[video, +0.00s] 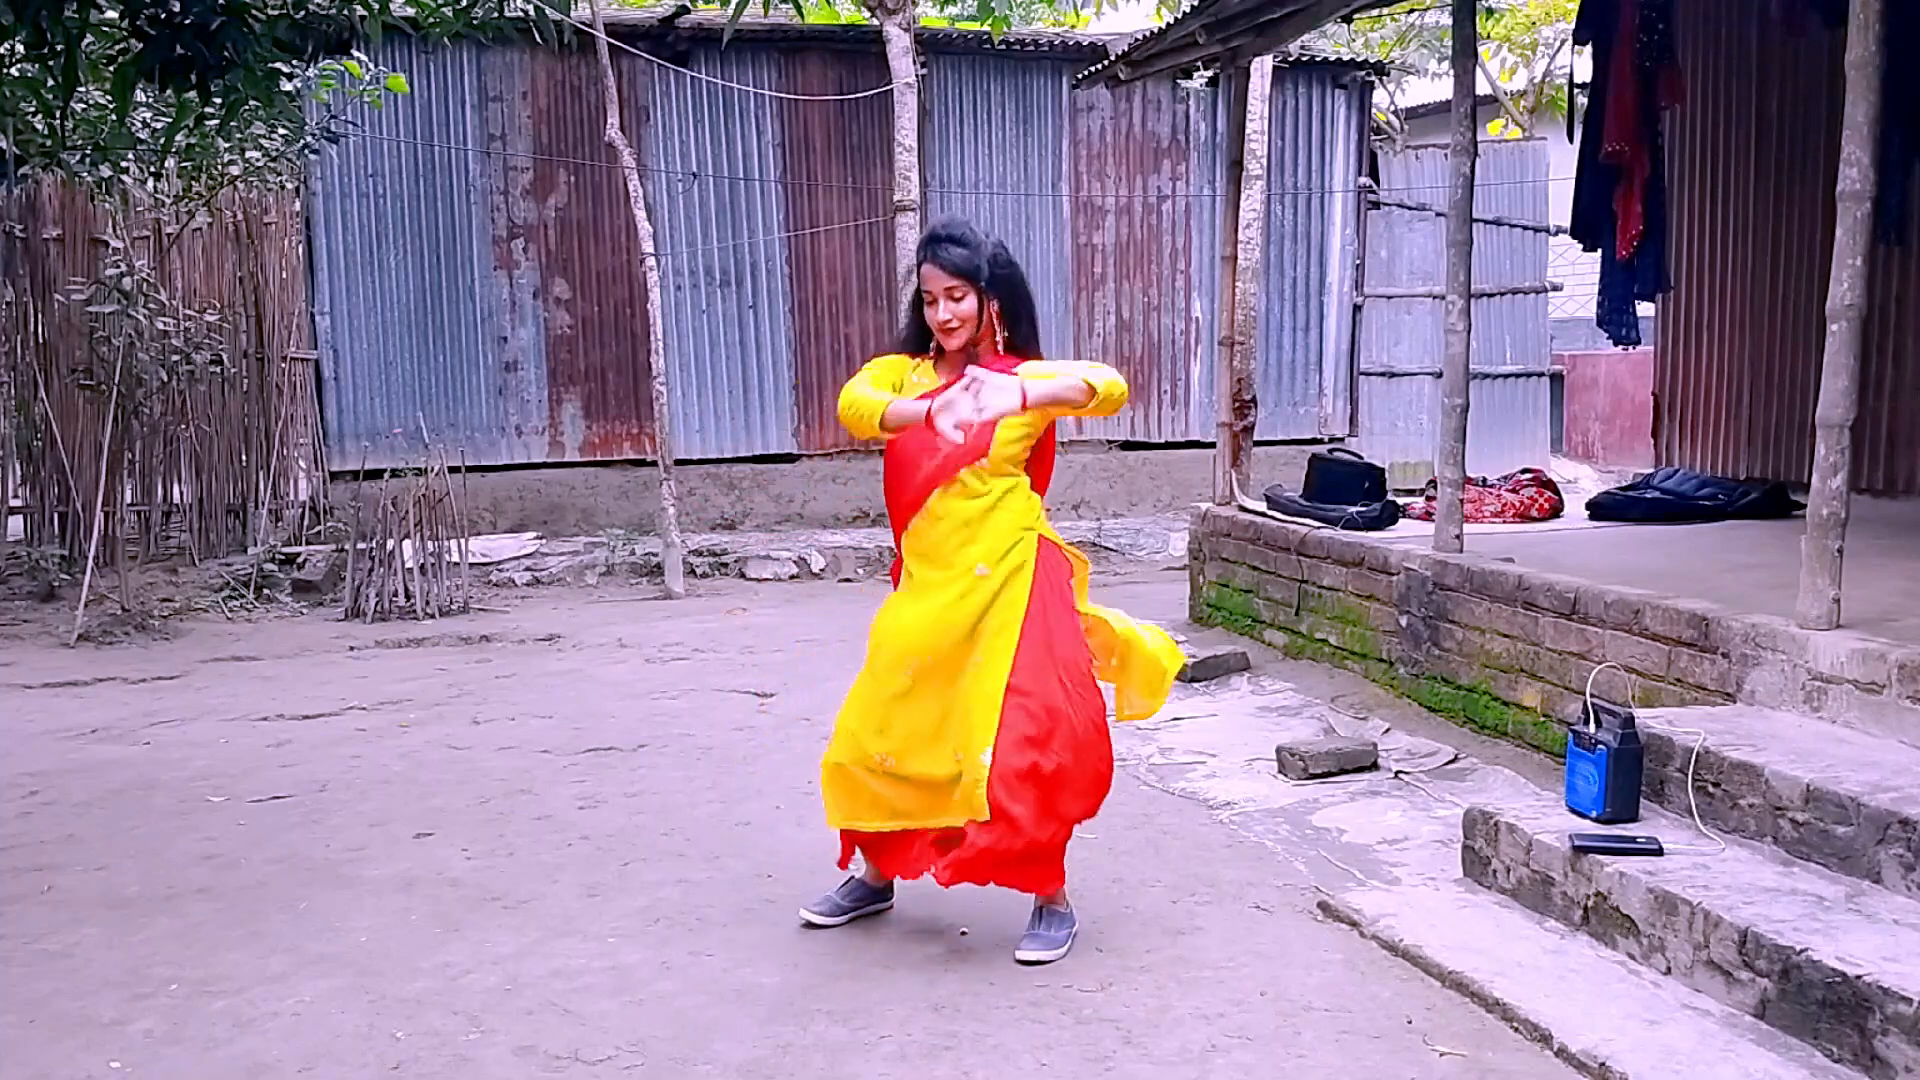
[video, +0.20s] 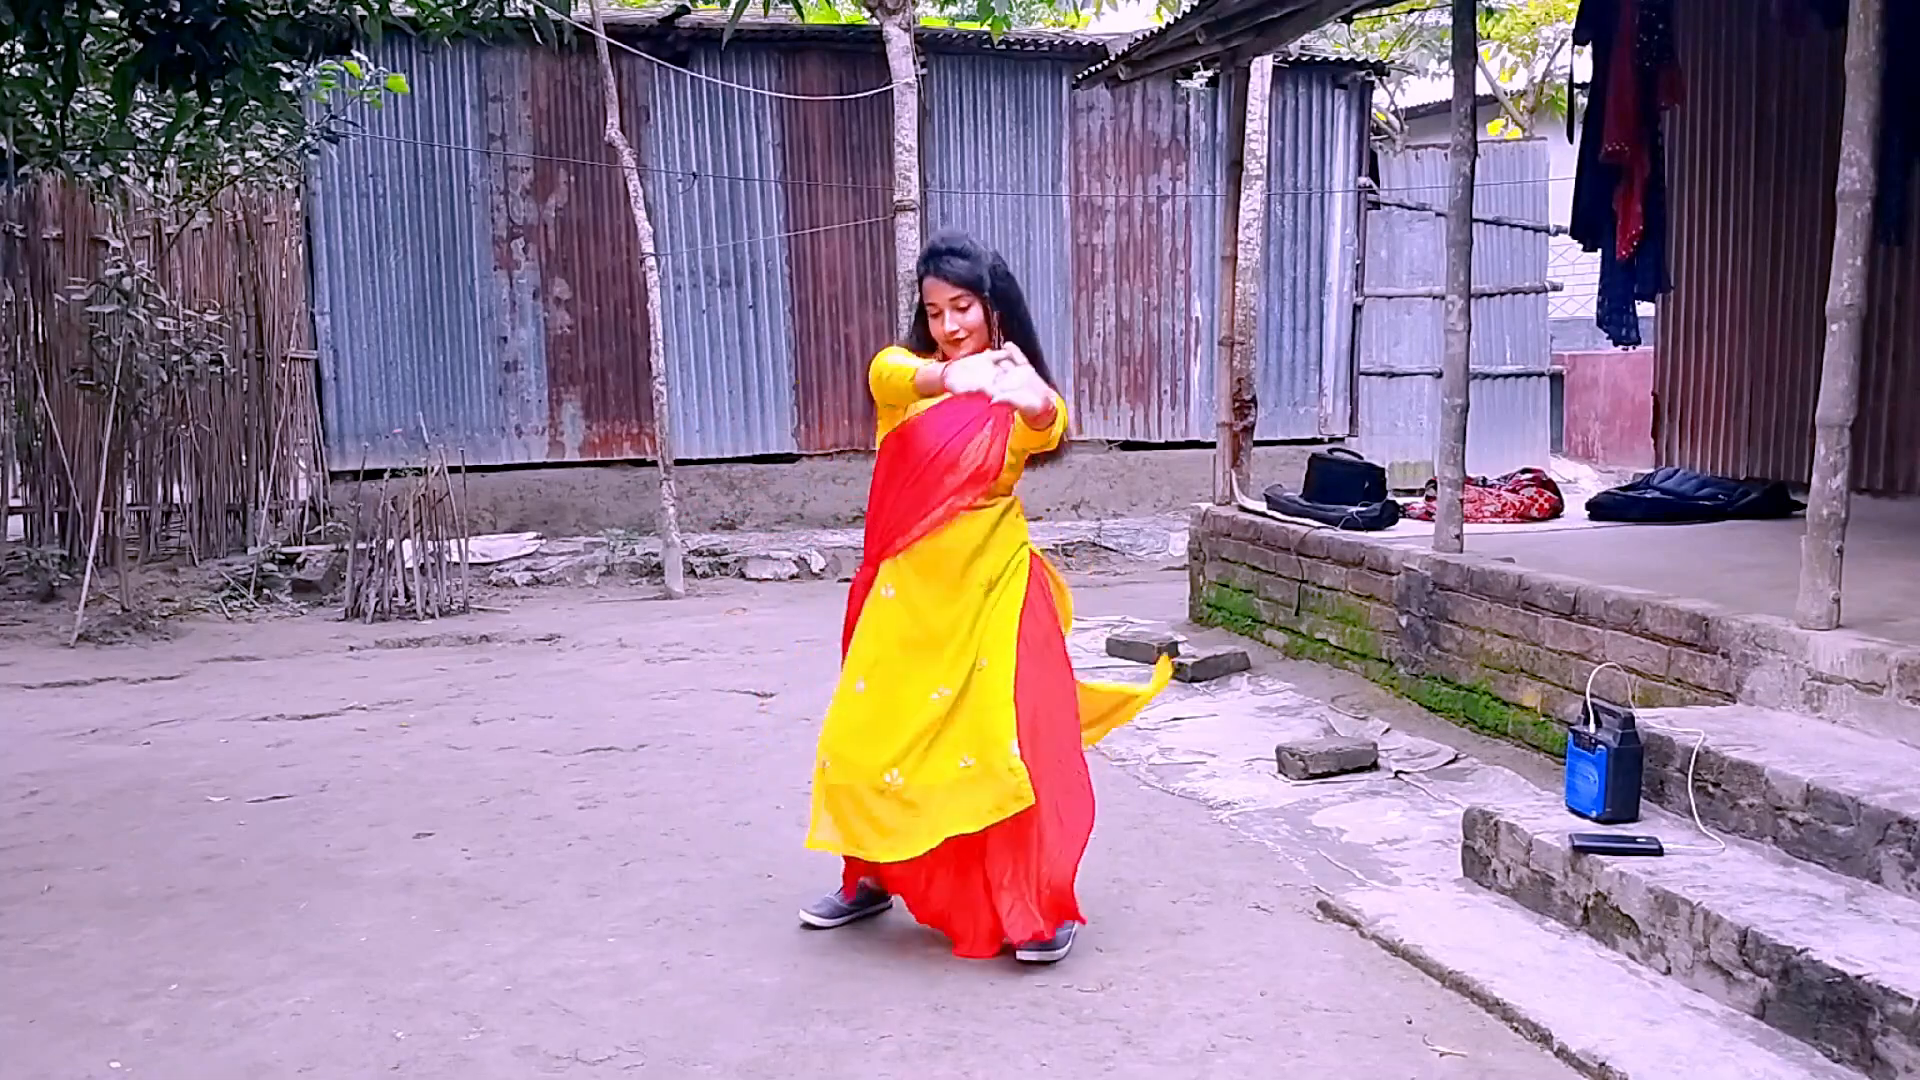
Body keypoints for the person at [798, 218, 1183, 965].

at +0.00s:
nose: (943, 314)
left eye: (956, 297)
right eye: (930, 300)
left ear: (991, 299)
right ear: (919, 306)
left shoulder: (1026, 376)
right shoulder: (904, 372)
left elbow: (1109, 388)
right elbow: (854, 404)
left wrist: (1019, 394)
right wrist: (928, 409)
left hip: (1015, 577)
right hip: (926, 582)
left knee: (1032, 733)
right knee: (870, 727)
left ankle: (1051, 900)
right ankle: (873, 876)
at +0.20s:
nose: (950, 326)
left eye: (963, 307)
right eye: (936, 313)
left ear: (996, 305)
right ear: (925, 316)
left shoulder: (1020, 388)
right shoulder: (903, 370)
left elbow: (1047, 419)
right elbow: (900, 374)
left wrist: (1024, 387)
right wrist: (954, 372)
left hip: (995, 572)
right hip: (906, 575)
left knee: (1023, 731)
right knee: (863, 722)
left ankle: (1040, 906)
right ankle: (866, 876)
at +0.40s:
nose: (930, 299)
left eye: (944, 280)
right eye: (916, 286)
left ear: (981, 278)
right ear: (906, 291)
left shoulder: (1018, 362)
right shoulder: (881, 349)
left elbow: (1017, 404)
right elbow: (858, 396)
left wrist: (995, 436)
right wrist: (887, 440)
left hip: (966, 569)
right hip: (873, 563)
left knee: (976, 732)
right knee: (853, 716)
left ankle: (1049, 898)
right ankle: (868, 876)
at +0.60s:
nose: (916, 301)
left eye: (928, 283)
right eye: (900, 287)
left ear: (957, 286)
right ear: (887, 296)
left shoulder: (992, 378)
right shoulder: (862, 350)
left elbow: (1012, 424)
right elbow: (877, 402)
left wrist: (1004, 443)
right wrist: (918, 437)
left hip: (967, 569)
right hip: (877, 574)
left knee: (996, 729)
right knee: (837, 723)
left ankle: (1049, 896)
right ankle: (861, 882)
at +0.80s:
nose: (913, 288)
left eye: (927, 270)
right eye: (900, 274)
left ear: (961, 270)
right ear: (889, 281)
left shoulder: (1014, 349)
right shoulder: (877, 360)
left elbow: (1017, 420)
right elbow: (775, 404)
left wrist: (893, 435)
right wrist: (796, 441)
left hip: (944, 581)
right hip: (852, 576)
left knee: (956, 748)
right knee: (837, 726)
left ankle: (1041, 901)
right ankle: (864, 875)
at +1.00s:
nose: (935, 334)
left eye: (949, 318)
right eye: (924, 321)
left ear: (983, 320)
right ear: (913, 324)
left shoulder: (1016, 381)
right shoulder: (923, 402)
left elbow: (920, 399)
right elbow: (855, 428)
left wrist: (789, 401)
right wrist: (771, 413)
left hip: (986, 612)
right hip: (906, 604)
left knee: (944, 782)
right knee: (835, 733)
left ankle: (1041, 905)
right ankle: (866, 875)